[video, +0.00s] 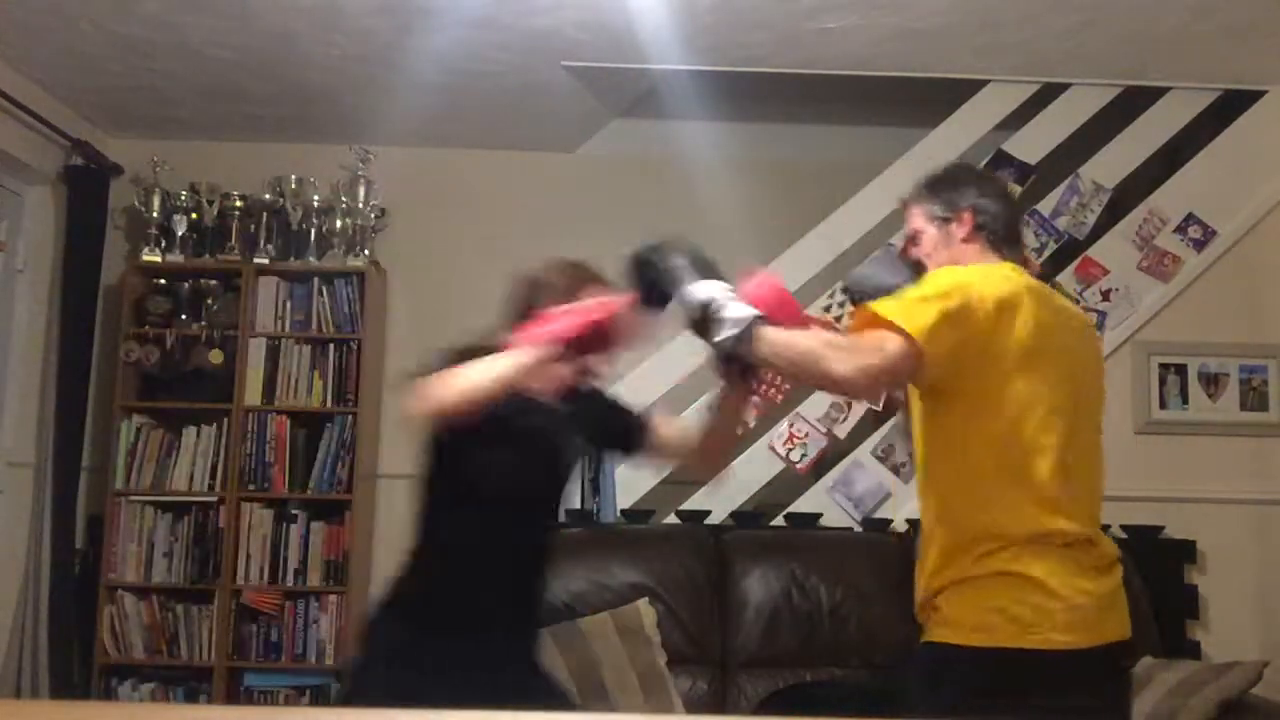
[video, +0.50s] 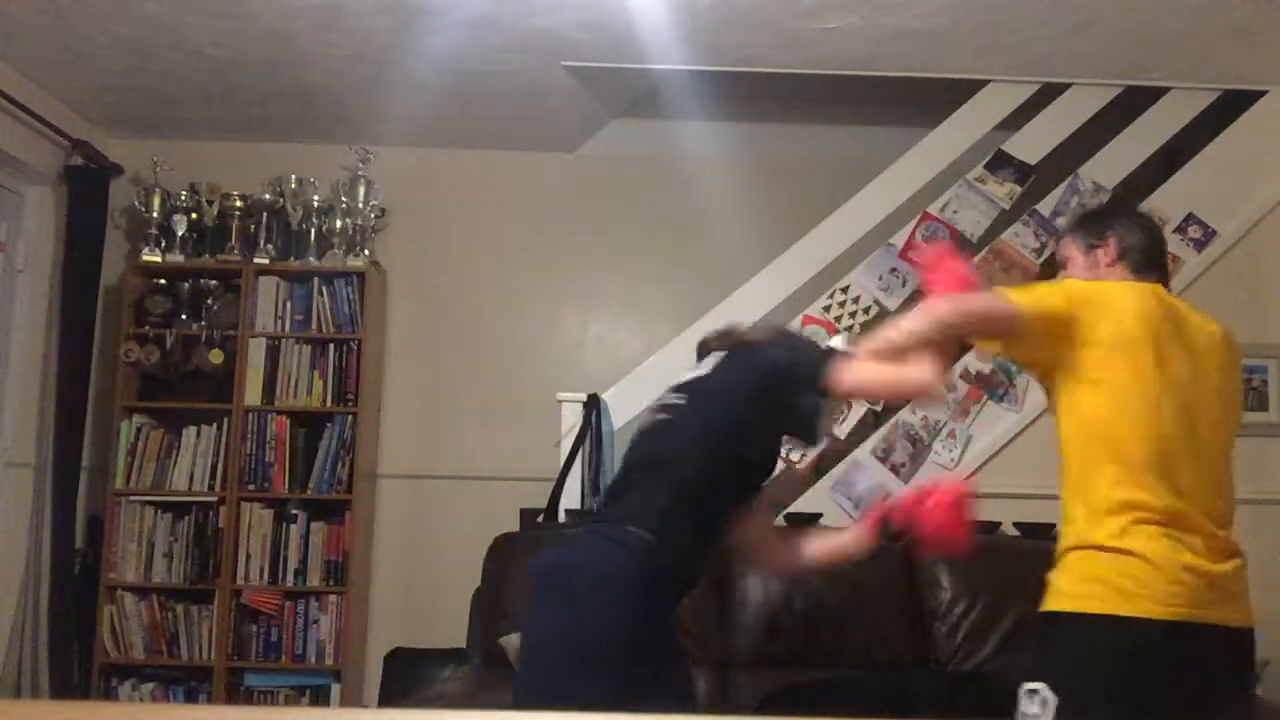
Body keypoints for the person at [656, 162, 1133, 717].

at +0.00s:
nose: (911, 256)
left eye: (917, 238)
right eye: (908, 243)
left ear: (963, 224)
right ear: (975, 230)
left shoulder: (968, 292)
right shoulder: (1075, 321)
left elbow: (860, 367)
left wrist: (728, 319)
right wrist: (855, 336)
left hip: (993, 639)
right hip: (1095, 636)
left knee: (786, 704)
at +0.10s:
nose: (945, 269)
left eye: (951, 252)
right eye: (944, 254)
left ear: (993, 244)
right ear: (1038, 250)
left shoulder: (1005, 314)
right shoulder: (1101, 341)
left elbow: (864, 394)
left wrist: (801, 295)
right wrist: (961, 319)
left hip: (1034, 648)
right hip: (1119, 647)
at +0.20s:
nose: (1001, 269)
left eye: (1009, 253)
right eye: (1001, 255)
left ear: (1056, 245)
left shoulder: (1041, 312)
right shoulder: (1150, 345)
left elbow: (891, 380)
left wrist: (852, 357)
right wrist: (966, 390)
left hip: (1069, 650)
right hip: (1151, 651)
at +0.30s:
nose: (1032, 269)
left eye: (1037, 251)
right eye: (1031, 255)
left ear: (1081, 241)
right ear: (1128, 252)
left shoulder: (1056, 300)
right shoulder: (1190, 334)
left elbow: (930, 367)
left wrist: (835, 406)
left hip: (1070, 631)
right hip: (1184, 640)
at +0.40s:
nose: (1043, 271)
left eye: (1048, 253)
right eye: (1043, 257)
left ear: (1088, 241)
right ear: (1143, 255)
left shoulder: (1066, 297)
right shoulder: (1203, 329)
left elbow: (921, 313)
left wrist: (861, 362)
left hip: (1087, 617)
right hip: (1204, 630)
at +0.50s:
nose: (1062, 281)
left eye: (1066, 264)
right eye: (1061, 268)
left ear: (1108, 251)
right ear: (1164, 270)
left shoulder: (1092, 303)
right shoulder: (1220, 341)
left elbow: (946, 311)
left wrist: (862, 352)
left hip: (1109, 619)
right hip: (1220, 633)